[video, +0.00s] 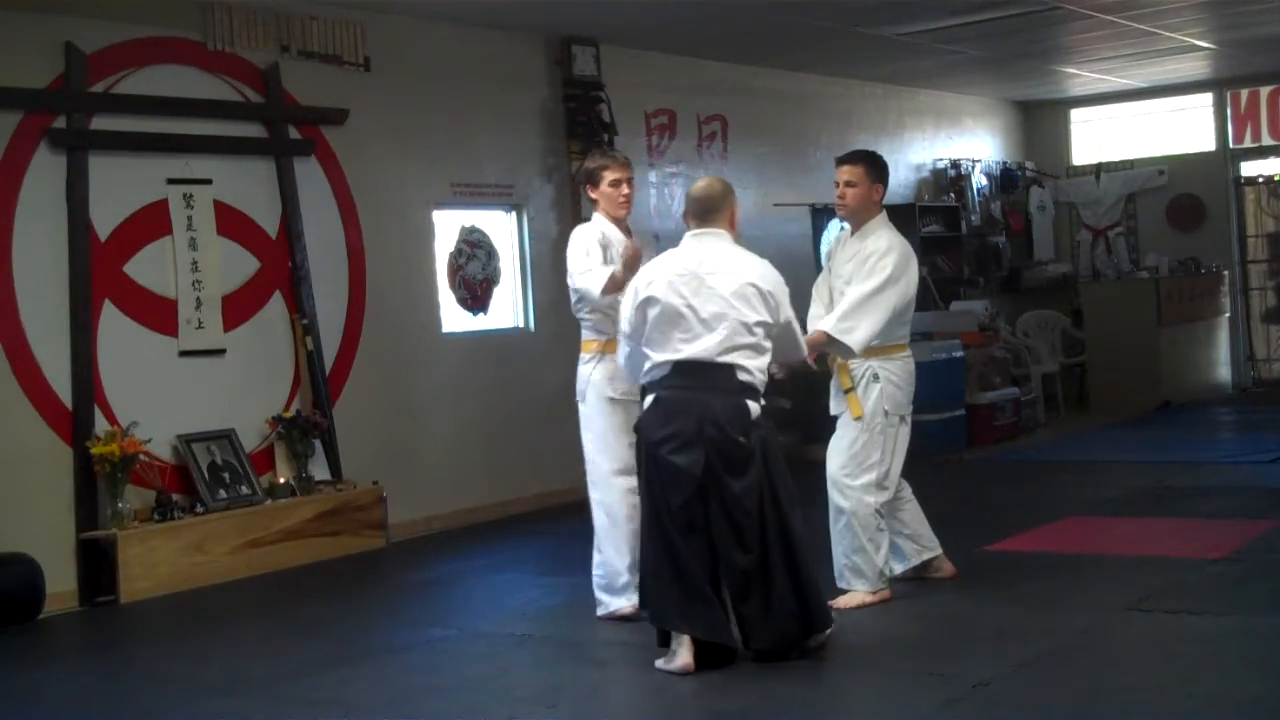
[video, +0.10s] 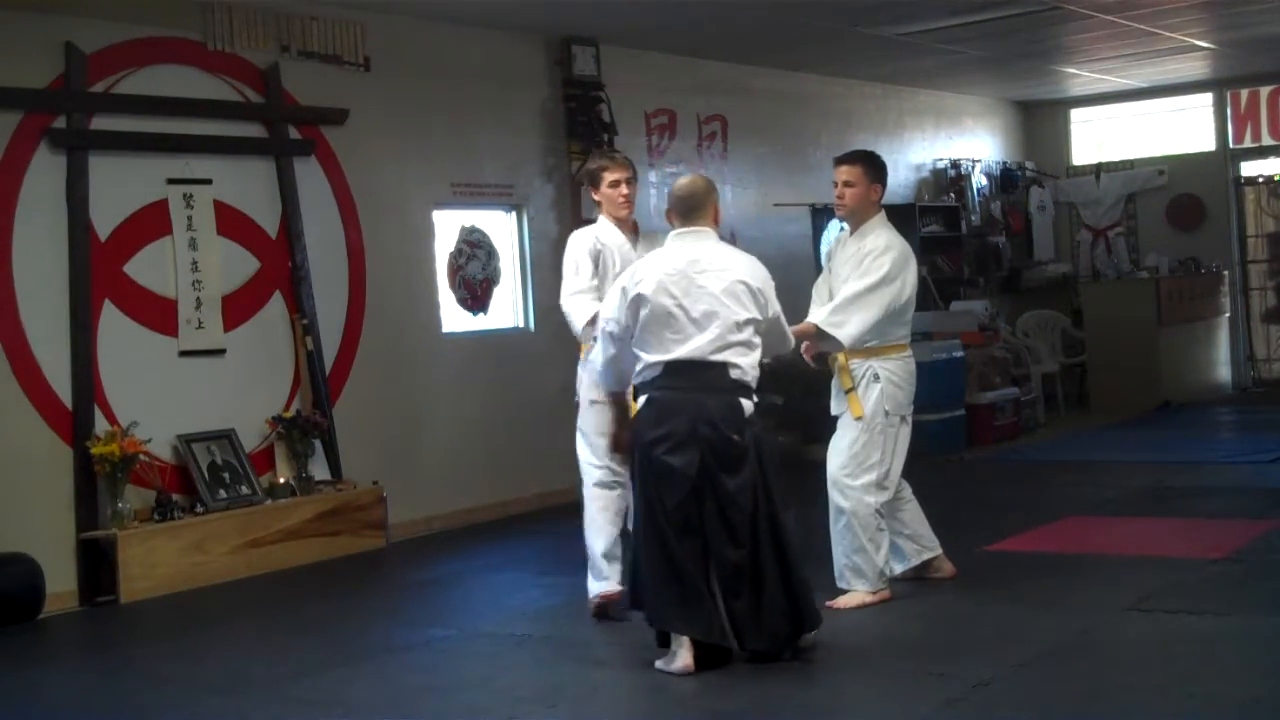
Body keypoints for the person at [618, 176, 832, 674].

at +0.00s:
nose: (738, 221)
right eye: (737, 214)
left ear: (685, 219)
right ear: (733, 216)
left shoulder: (650, 276)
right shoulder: (761, 273)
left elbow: (631, 360)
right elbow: (791, 354)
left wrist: (673, 372)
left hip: (668, 410)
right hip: (737, 409)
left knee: (675, 526)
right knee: (755, 519)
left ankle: (683, 644)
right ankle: (792, 625)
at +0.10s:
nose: (720, 218)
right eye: (720, 211)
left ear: (669, 217)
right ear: (717, 214)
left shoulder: (641, 273)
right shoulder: (748, 268)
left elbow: (613, 355)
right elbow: (779, 345)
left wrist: (619, 420)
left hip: (663, 409)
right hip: (730, 407)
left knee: (667, 527)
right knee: (741, 519)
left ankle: (682, 645)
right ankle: (767, 627)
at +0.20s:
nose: (709, 211)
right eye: (707, 205)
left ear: (656, 215)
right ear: (704, 210)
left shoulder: (632, 271)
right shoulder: (741, 264)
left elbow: (597, 354)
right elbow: (774, 337)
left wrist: (590, 425)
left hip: (659, 407)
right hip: (726, 403)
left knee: (666, 524)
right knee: (731, 517)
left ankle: (681, 647)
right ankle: (746, 632)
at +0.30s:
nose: (701, 208)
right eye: (699, 201)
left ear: (648, 213)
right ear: (697, 207)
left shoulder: (631, 266)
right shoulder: (735, 260)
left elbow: (596, 349)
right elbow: (770, 331)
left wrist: (584, 422)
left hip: (658, 405)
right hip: (727, 402)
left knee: (662, 525)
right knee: (738, 516)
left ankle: (678, 648)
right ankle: (758, 629)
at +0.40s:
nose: (698, 208)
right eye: (696, 202)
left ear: (646, 214)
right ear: (694, 207)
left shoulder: (630, 263)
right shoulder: (733, 260)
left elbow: (600, 344)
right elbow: (767, 331)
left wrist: (590, 422)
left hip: (659, 406)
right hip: (728, 403)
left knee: (665, 527)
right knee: (743, 516)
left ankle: (680, 650)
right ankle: (765, 628)